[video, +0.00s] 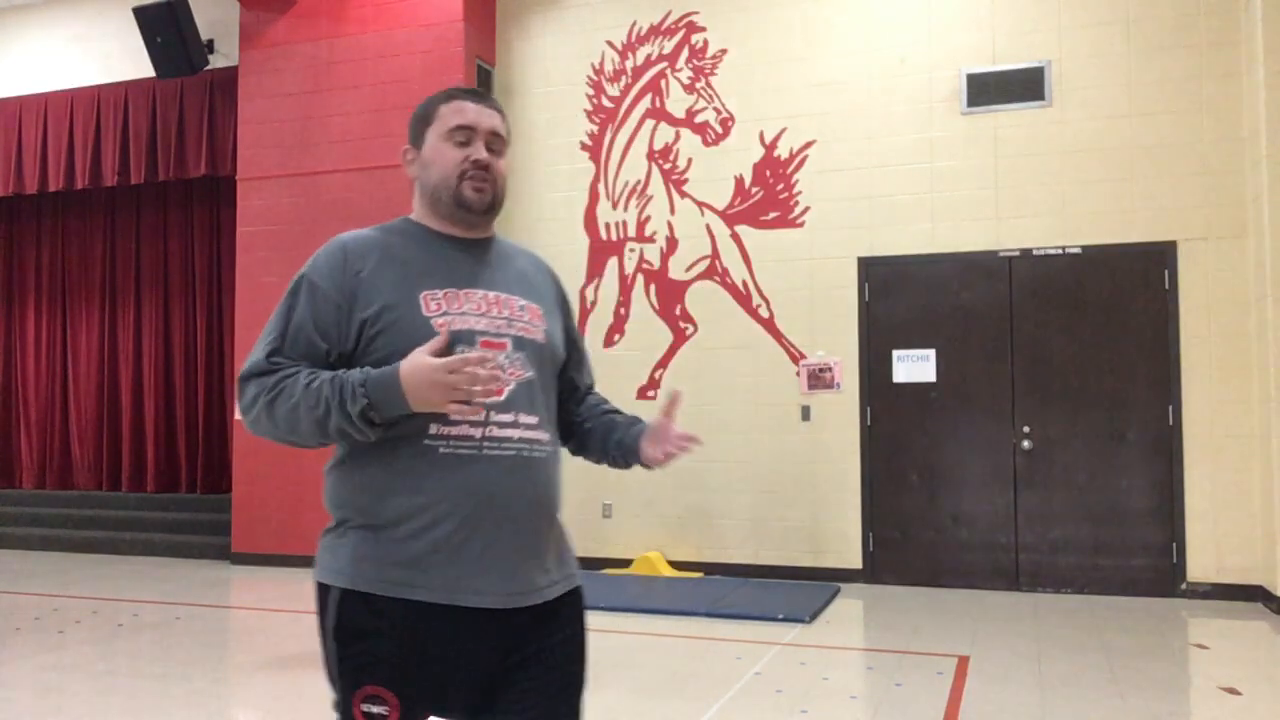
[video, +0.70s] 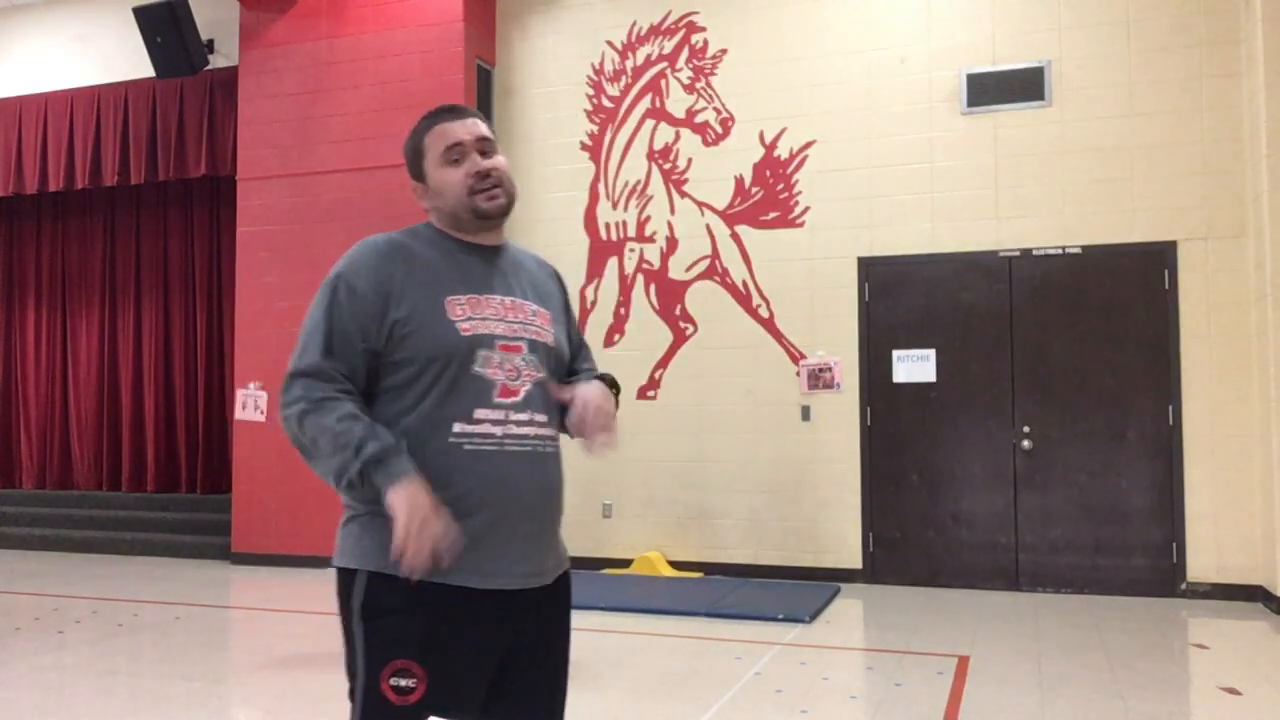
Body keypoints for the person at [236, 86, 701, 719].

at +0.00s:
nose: (482, 155)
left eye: (496, 144)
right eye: (461, 138)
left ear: (509, 167)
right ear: (412, 158)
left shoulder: (539, 279)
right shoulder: (350, 264)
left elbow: (572, 406)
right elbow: (264, 394)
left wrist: (635, 438)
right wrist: (393, 389)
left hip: (535, 600)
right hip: (392, 597)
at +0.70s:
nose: (483, 164)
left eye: (488, 148)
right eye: (456, 157)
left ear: (505, 161)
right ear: (422, 189)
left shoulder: (542, 278)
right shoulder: (377, 268)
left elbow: (575, 372)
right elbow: (310, 396)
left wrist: (596, 391)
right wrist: (396, 479)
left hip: (533, 581)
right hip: (412, 579)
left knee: (528, 712)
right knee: (397, 710)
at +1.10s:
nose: (540, 175)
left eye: (547, 162)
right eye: (515, 167)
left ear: (563, 180)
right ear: (480, 199)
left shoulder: (593, 287)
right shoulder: (430, 272)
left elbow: (618, 390)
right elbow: (365, 402)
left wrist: (647, 387)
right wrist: (350, 529)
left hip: (569, 579)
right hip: (456, 577)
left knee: (559, 713)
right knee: (457, 711)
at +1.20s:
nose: (545, 176)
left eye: (554, 165)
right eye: (520, 167)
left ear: (569, 186)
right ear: (485, 199)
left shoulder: (598, 289)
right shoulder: (436, 272)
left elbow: (634, 411)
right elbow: (370, 401)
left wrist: (652, 384)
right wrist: (358, 527)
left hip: (575, 577)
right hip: (462, 575)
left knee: (563, 711)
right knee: (461, 710)